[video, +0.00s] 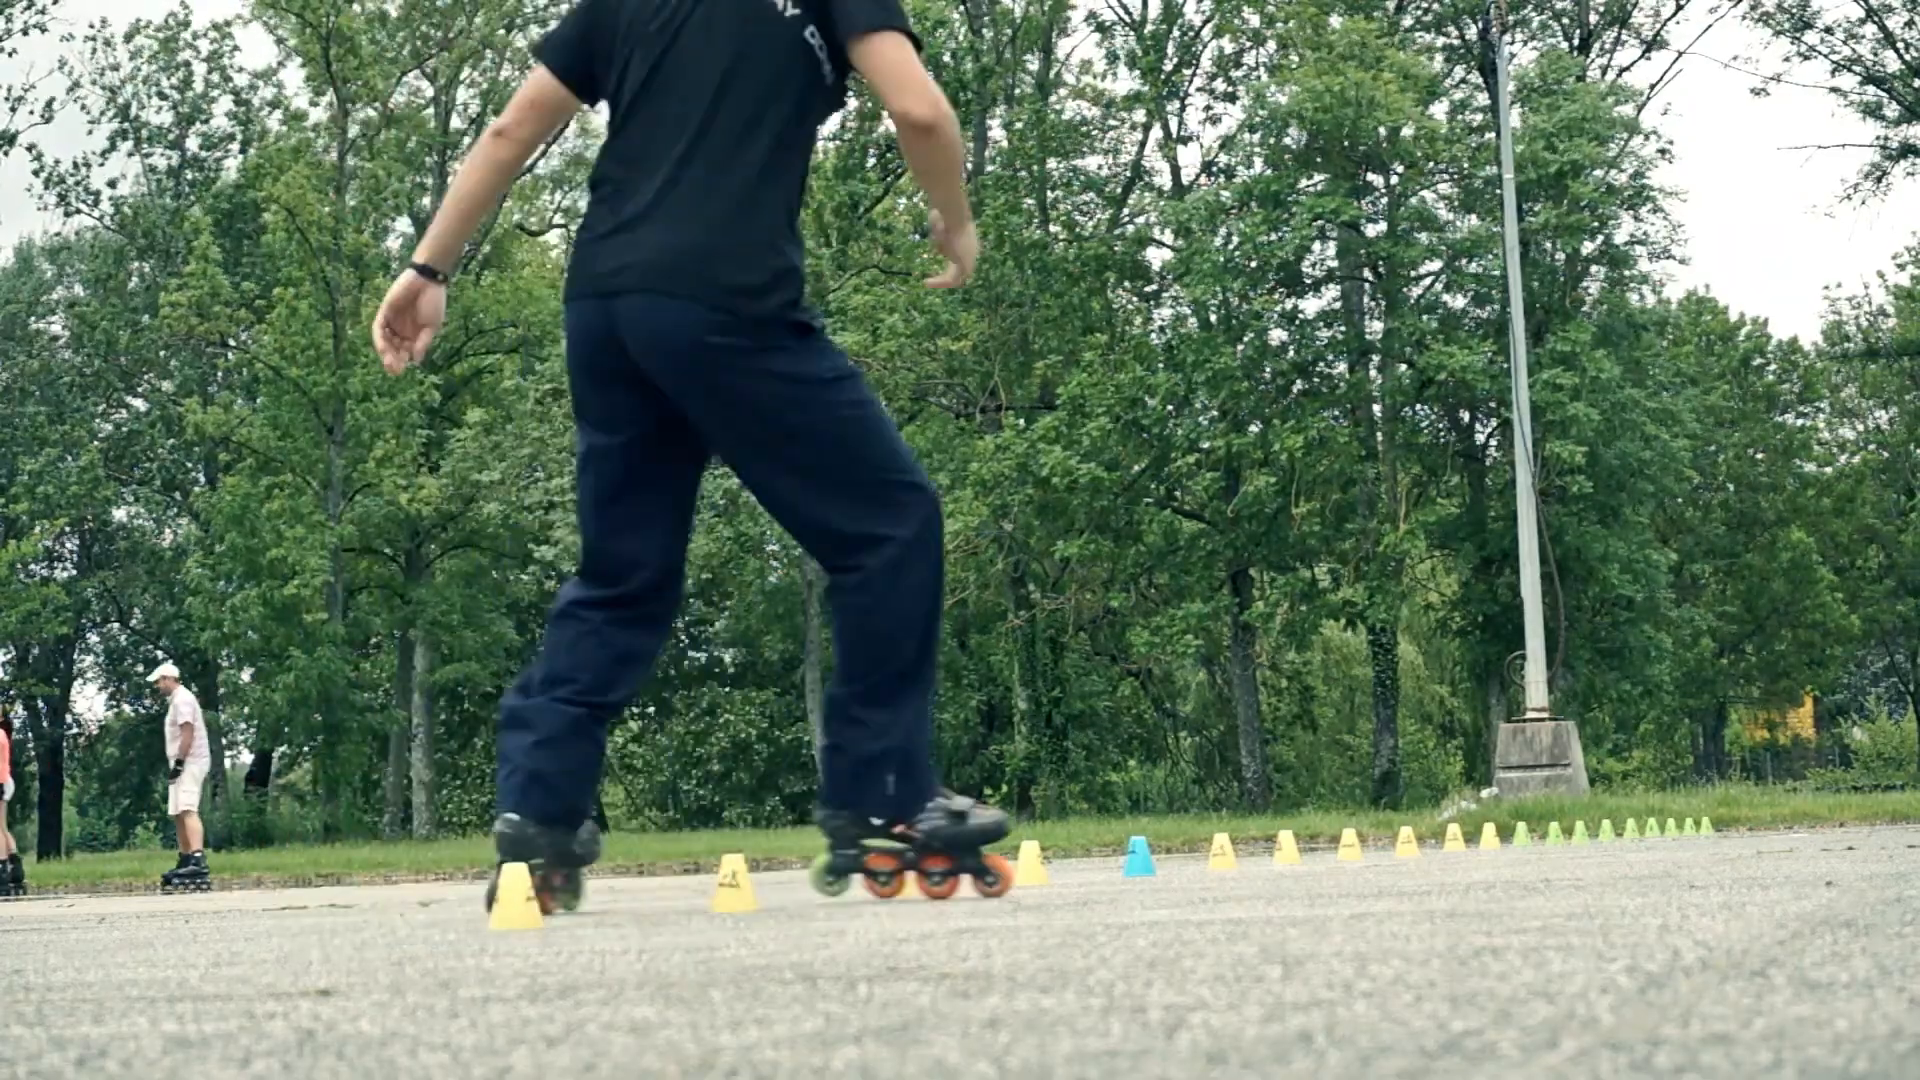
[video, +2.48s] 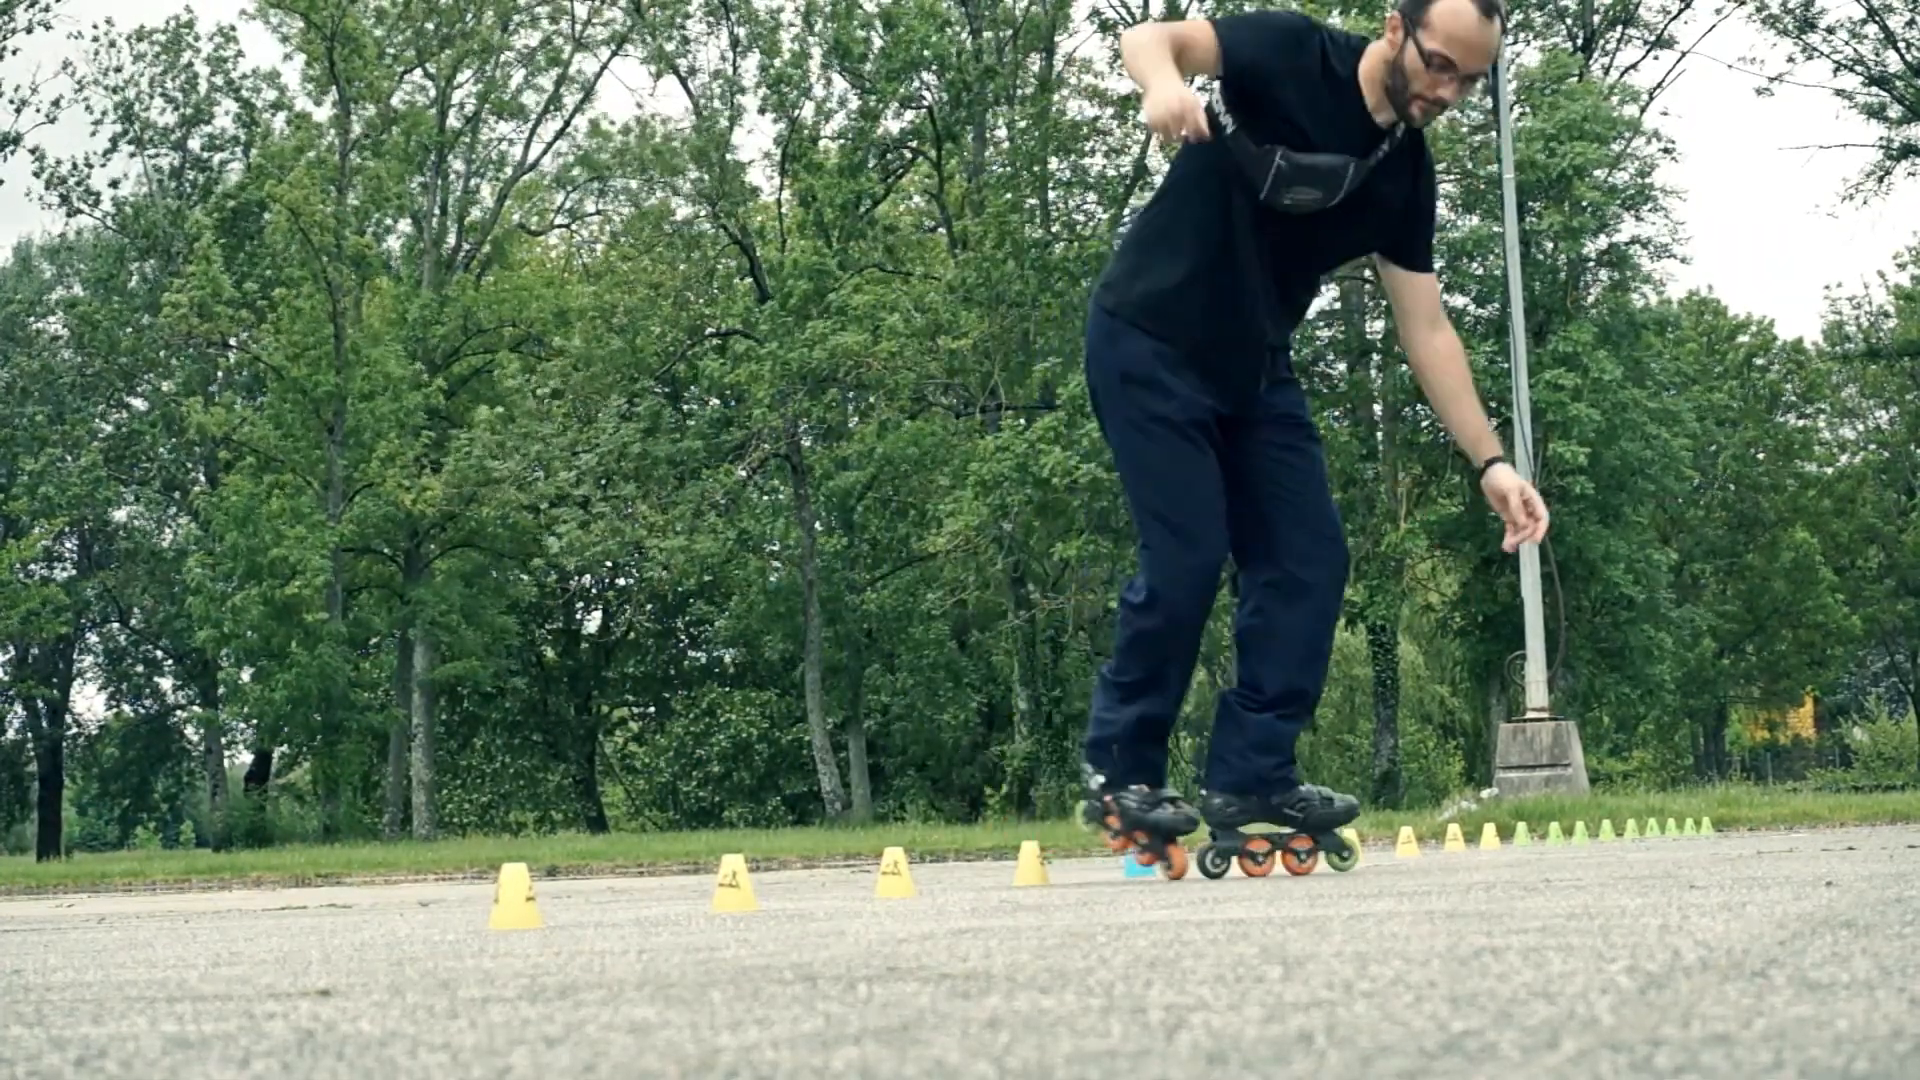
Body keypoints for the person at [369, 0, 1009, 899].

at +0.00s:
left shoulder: (621, 3)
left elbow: (515, 127)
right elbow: (920, 109)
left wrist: (429, 265)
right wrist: (955, 223)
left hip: (602, 306)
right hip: (728, 302)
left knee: (619, 578)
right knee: (891, 524)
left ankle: (538, 809)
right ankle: (882, 798)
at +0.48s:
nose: (1034, 116)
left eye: (1047, 98)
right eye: (1026, 91)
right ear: (962, 63)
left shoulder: (968, 162)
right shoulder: (859, 130)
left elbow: (1010, 279)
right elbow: (812, 202)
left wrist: (1097, 382)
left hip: (922, 419)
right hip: (806, 434)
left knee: (1053, 558)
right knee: (926, 560)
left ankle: (961, 803)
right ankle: (1040, 778)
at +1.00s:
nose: (804, 113)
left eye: (804, 91)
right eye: (796, 99)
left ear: (850, 68)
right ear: (840, 87)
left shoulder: (935, 119)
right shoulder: (876, 189)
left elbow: (860, 8)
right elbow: (816, 211)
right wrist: (697, 171)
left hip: (987, 428)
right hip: (905, 415)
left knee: (875, 618)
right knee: (755, 475)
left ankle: (867, 824)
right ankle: (652, 688)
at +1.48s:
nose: (1153, 83)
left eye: (1152, 74)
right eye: (1153, 71)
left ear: (1060, 64)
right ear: (1136, 65)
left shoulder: (993, 145)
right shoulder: (1153, 113)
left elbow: (988, 205)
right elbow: (1302, 82)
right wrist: (1352, 10)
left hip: (1014, 411)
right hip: (1123, 387)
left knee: (1084, 632)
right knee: (1194, 536)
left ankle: (1192, 817)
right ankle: (1167, 594)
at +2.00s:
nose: (1403, 186)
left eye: (1417, 177)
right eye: (1405, 159)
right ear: (1360, 118)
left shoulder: (1295, 243)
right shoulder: (1278, 108)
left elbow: (1354, 375)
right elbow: (1229, 175)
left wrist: (1451, 487)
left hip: (1167, 390)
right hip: (1110, 357)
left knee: (1234, 585)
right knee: (1182, 570)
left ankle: (1238, 792)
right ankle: (1050, 759)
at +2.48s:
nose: (1449, 93)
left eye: (1470, 81)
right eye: (1439, 65)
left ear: (1486, 75)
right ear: (1396, 28)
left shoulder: (1404, 171)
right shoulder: (1291, 51)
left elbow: (1428, 328)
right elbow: (1145, 38)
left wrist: (1491, 463)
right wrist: (1164, 85)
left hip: (1255, 363)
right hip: (1148, 334)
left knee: (1306, 561)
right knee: (1188, 551)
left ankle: (1249, 778)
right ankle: (1122, 767)